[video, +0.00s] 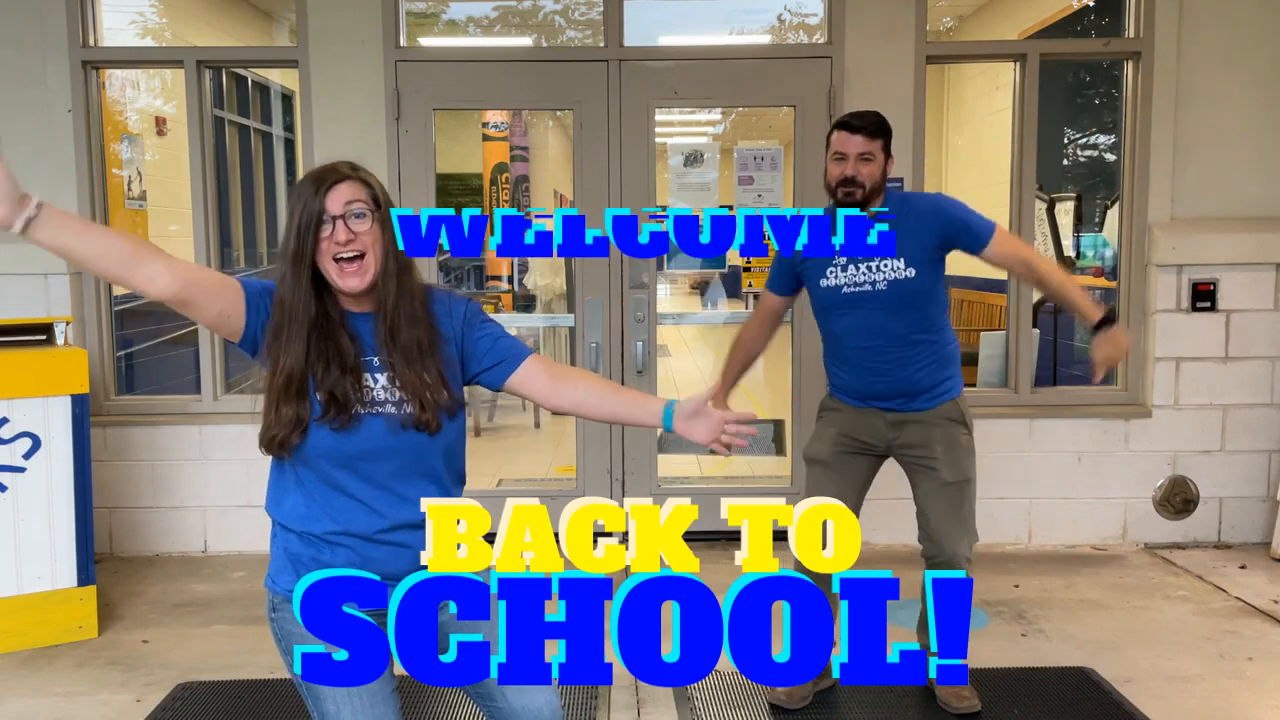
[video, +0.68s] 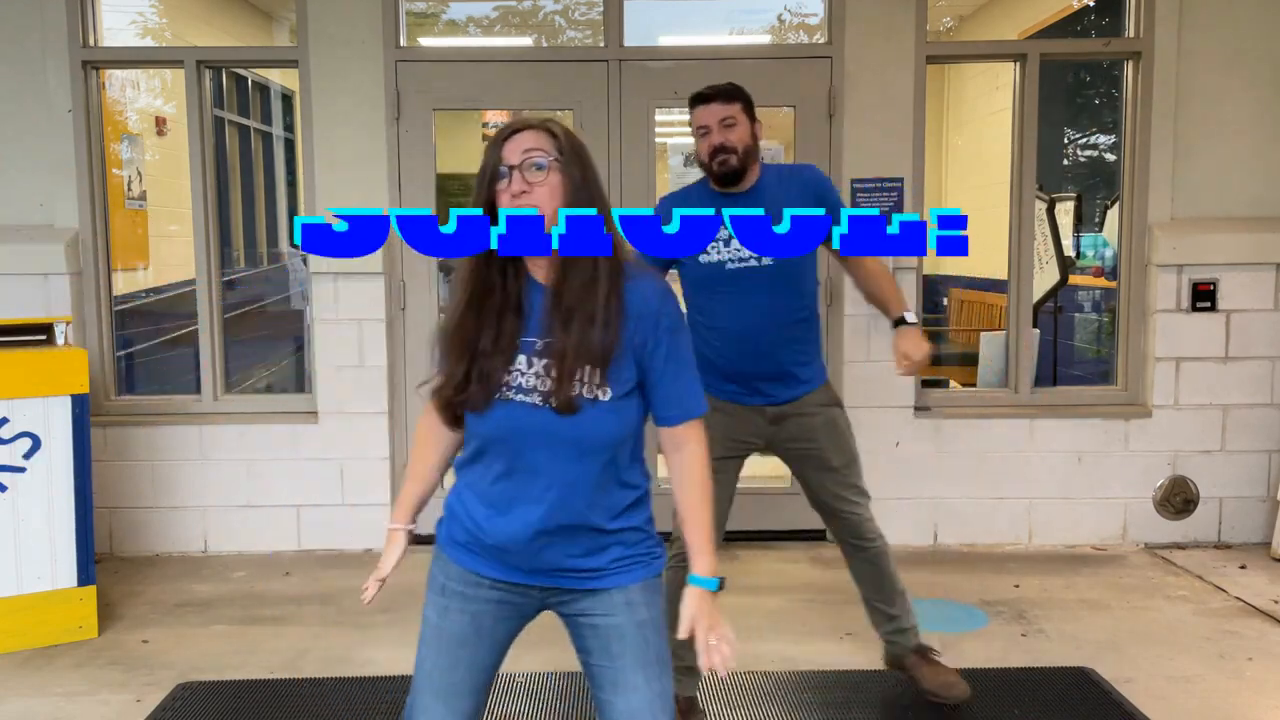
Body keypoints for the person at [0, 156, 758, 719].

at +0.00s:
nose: (347, 233)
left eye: (361, 218)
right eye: (329, 222)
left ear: (389, 232)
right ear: (307, 241)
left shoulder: (442, 317)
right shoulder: (287, 313)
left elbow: (547, 381)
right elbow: (160, 275)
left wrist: (672, 415)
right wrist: (32, 217)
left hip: (437, 567)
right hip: (324, 572)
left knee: (542, 686)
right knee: (359, 710)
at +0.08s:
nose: (355, 226)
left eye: (371, 213)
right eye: (339, 215)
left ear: (397, 232)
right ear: (317, 237)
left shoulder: (447, 319)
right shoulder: (288, 312)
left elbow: (552, 384)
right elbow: (158, 302)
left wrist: (670, 441)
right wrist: (23, 267)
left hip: (442, 564)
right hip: (326, 570)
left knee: (544, 674)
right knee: (355, 704)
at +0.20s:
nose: (378, 197)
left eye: (395, 186)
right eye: (361, 188)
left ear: (422, 214)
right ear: (339, 217)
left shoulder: (469, 308)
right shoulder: (297, 297)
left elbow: (566, 398)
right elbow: (155, 342)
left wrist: (671, 471)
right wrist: (12, 369)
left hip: (458, 557)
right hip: (332, 570)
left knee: (550, 686)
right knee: (354, 712)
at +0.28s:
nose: (396, 175)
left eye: (414, 163)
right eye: (382, 164)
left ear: (445, 187)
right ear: (361, 187)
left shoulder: (484, 288)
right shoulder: (318, 274)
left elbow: (565, 396)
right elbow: (207, 362)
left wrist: (650, 495)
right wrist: (82, 444)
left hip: (470, 538)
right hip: (344, 550)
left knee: (553, 698)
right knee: (361, 710)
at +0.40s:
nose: (425, 173)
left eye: (443, 157)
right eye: (410, 162)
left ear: (476, 175)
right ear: (393, 186)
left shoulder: (525, 289)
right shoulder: (358, 269)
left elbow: (558, 420)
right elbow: (301, 381)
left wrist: (602, 526)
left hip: (486, 536)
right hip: (362, 539)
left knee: (555, 710)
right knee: (362, 713)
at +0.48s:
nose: (453, 184)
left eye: (472, 170)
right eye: (438, 174)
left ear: (505, 188)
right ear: (423, 198)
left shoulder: (551, 299)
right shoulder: (385, 293)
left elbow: (568, 437)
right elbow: (340, 408)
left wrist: (589, 554)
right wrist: (312, 517)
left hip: (514, 554)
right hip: (383, 556)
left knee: (577, 710)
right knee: (370, 713)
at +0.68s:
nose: (517, 181)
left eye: (537, 166)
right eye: (503, 172)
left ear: (577, 184)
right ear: (489, 198)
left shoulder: (639, 298)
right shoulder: (486, 296)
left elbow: (683, 440)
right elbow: (446, 410)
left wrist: (704, 578)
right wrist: (400, 521)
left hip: (612, 565)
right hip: (479, 560)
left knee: (645, 711)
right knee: (433, 710)